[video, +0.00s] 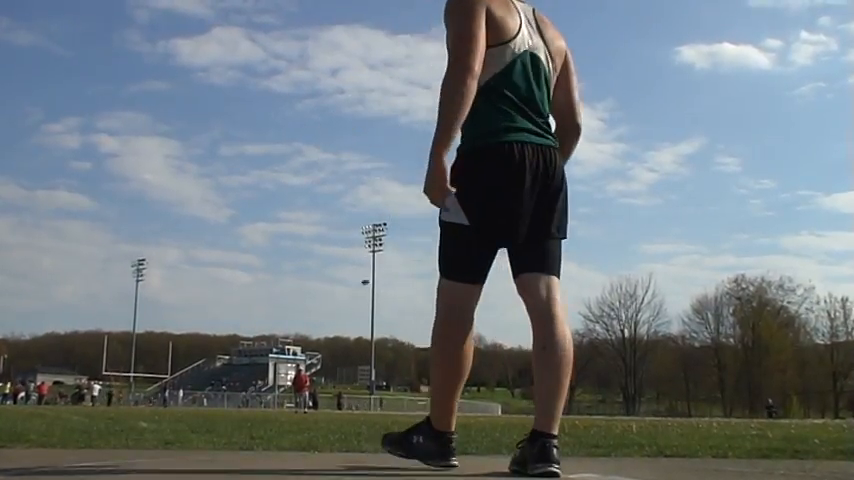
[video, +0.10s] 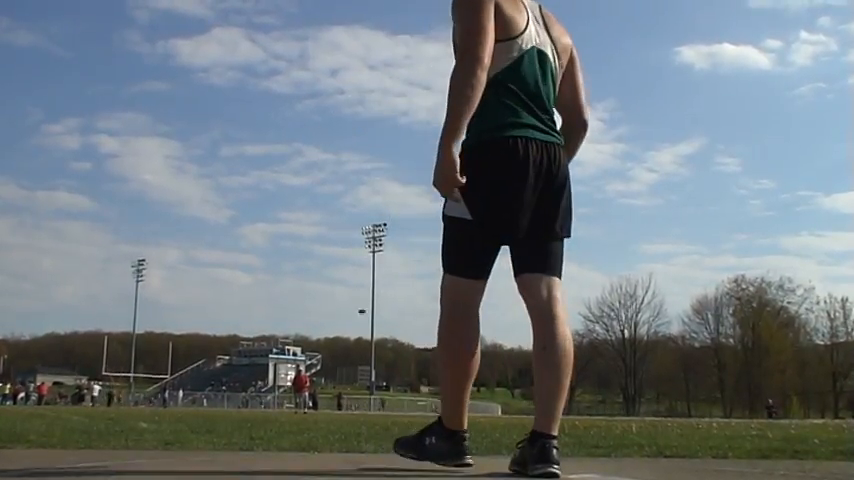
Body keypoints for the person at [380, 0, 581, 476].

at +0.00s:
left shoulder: (472, 4)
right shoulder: (550, 30)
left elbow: (465, 72)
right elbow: (571, 123)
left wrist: (437, 158)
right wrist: (543, 172)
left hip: (487, 165)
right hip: (546, 170)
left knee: (456, 305)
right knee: (547, 301)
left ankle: (438, 434)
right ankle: (544, 444)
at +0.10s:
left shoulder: (479, 2)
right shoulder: (555, 26)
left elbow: (474, 64)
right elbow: (577, 119)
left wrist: (446, 147)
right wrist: (548, 168)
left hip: (492, 157)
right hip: (550, 165)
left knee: (460, 299)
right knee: (548, 302)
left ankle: (450, 433)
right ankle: (545, 444)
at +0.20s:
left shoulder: (482, 2)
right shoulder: (559, 26)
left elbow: (477, 64)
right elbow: (579, 118)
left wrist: (448, 145)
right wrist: (549, 165)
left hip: (492, 154)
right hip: (550, 162)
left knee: (459, 298)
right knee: (548, 301)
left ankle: (454, 434)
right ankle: (544, 445)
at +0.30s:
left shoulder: (482, 3)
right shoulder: (558, 28)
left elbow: (474, 66)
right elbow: (577, 119)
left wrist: (444, 148)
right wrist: (544, 164)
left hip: (490, 155)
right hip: (548, 164)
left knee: (454, 295)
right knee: (546, 300)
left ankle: (448, 435)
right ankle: (543, 445)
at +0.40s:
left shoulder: (476, 4)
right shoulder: (555, 30)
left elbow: (469, 70)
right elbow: (571, 120)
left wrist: (435, 153)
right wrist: (535, 165)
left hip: (483, 158)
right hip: (541, 167)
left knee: (446, 295)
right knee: (540, 301)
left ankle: (433, 435)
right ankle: (541, 447)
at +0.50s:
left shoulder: (471, 4)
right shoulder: (546, 33)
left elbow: (461, 75)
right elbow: (559, 125)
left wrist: (422, 157)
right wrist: (519, 167)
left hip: (476, 164)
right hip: (532, 174)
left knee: (434, 297)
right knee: (534, 307)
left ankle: (414, 436)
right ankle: (540, 447)